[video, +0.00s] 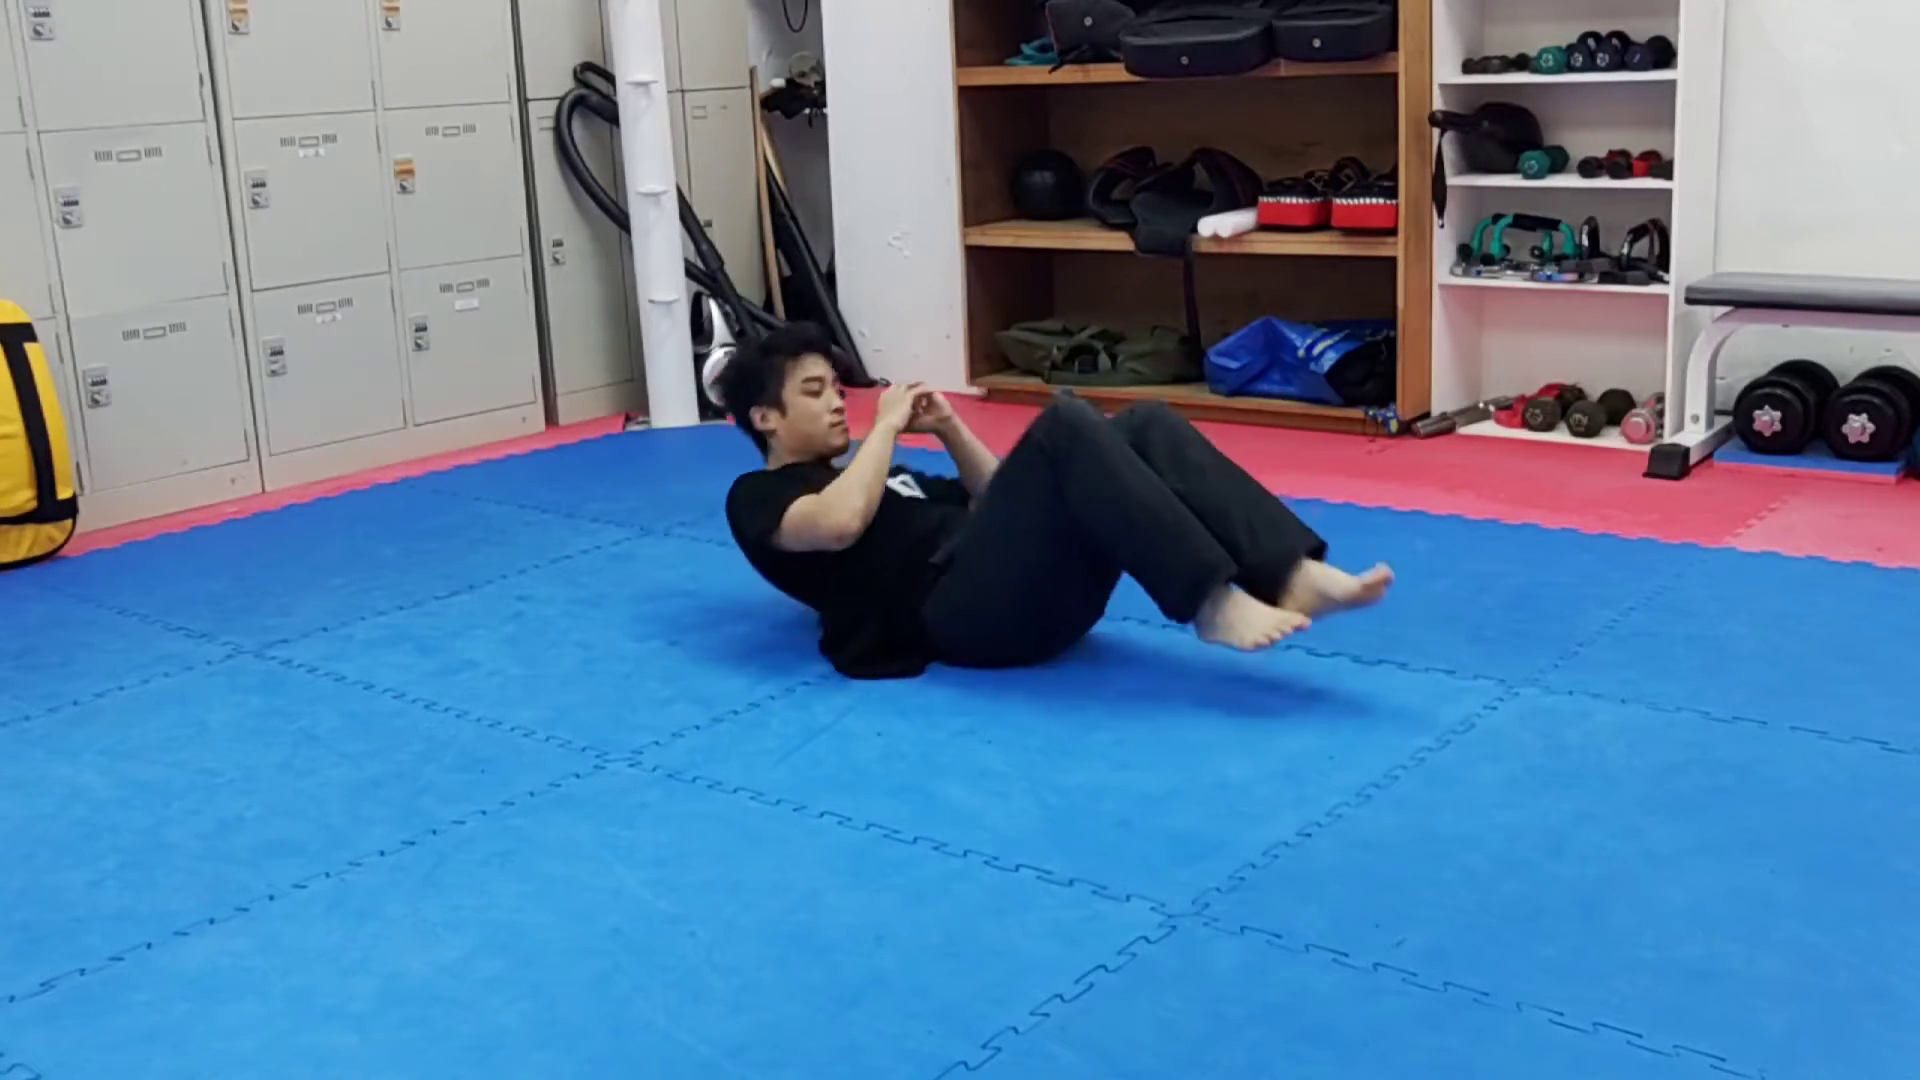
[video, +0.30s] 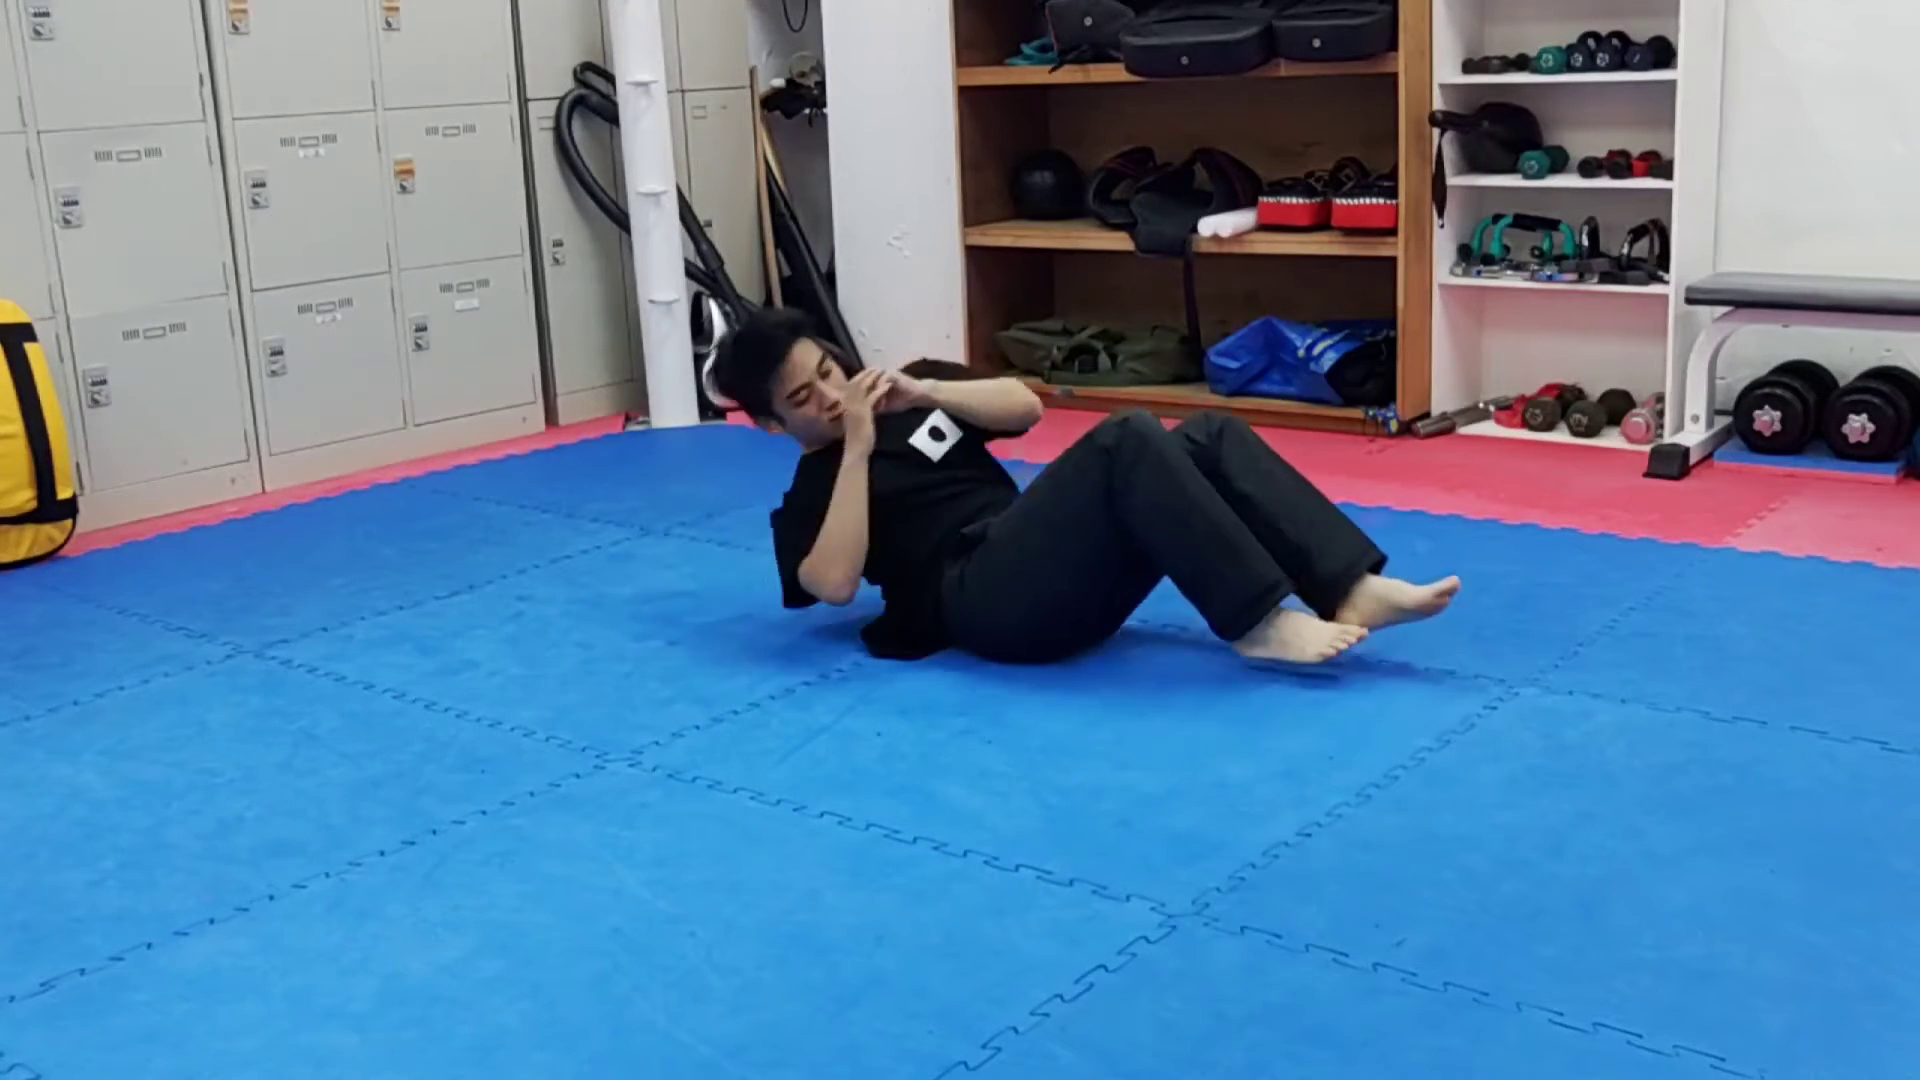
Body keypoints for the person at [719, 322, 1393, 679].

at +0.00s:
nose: (838, 403)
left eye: (836, 389)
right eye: (814, 392)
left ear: (836, 401)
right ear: (760, 419)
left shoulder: (868, 478)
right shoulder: (755, 498)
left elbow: (993, 505)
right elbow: (836, 523)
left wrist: (949, 429)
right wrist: (887, 426)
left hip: (1039, 593)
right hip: (973, 619)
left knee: (1147, 424)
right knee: (1064, 423)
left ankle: (1295, 574)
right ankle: (1212, 598)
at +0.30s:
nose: (826, 395)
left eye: (825, 373)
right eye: (800, 398)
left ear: (841, 356)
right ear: (773, 423)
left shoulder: (916, 406)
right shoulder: (804, 500)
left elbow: (1026, 407)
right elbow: (834, 583)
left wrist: (921, 391)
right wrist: (854, 448)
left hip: (1066, 571)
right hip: (992, 609)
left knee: (1209, 434)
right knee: (1128, 443)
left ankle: (1351, 587)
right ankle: (1264, 621)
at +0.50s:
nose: (798, 428)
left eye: (793, 411)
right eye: (775, 437)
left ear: (808, 396)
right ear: (755, 469)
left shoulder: (885, 436)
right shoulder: (793, 552)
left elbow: (976, 403)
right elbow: (841, 617)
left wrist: (861, 416)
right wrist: (812, 489)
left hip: (1073, 569)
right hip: (995, 610)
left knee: (1185, 414)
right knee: (1094, 421)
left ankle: (1332, 533)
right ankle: (1220, 605)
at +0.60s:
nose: (795, 447)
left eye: (791, 429)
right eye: (768, 455)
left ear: (799, 428)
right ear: (744, 494)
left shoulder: (874, 456)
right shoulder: (786, 579)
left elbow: (959, 411)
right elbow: (827, 616)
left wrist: (842, 415)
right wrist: (794, 488)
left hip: (1055, 571)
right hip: (983, 607)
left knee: (1122, 379)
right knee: (1047, 391)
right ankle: (1197, 541)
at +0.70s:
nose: (770, 456)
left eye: (766, 436)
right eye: (742, 465)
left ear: (780, 428)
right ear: (727, 506)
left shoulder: (864, 449)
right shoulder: (769, 581)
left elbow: (959, 420)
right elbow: (810, 604)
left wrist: (838, 409)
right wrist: (780, 481)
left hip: (1039, 537)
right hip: (978, 591)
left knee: (1028, 344)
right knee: (992, 369)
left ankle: (1241, 344)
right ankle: (1176, 469)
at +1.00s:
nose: (819, 435)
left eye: (816, 425)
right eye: (792, 435)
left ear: (827, 436)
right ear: (761, 481)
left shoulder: (885, 485)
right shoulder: (776, 550)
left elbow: (990, 477)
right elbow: (848, 523)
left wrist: (925, 423)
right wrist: (856, 422)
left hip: (1054, 539)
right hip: (1007, 584)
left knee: (1047, 346)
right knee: (997, 403)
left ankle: (1244, 419)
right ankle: (1210, 481)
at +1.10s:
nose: (849, 415)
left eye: (844, 403)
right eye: (824, 410)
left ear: (852, 418)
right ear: (783, 448)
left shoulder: (891, 487)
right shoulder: (786, 519)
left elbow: (1009, 502)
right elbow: (874, 516)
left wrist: (964, 434)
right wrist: (902, 423)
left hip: (1079, 563)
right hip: (1020, 598)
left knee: (1122, 379)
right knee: (1038, 420)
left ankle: (1278, 498)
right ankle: (1229, 556)